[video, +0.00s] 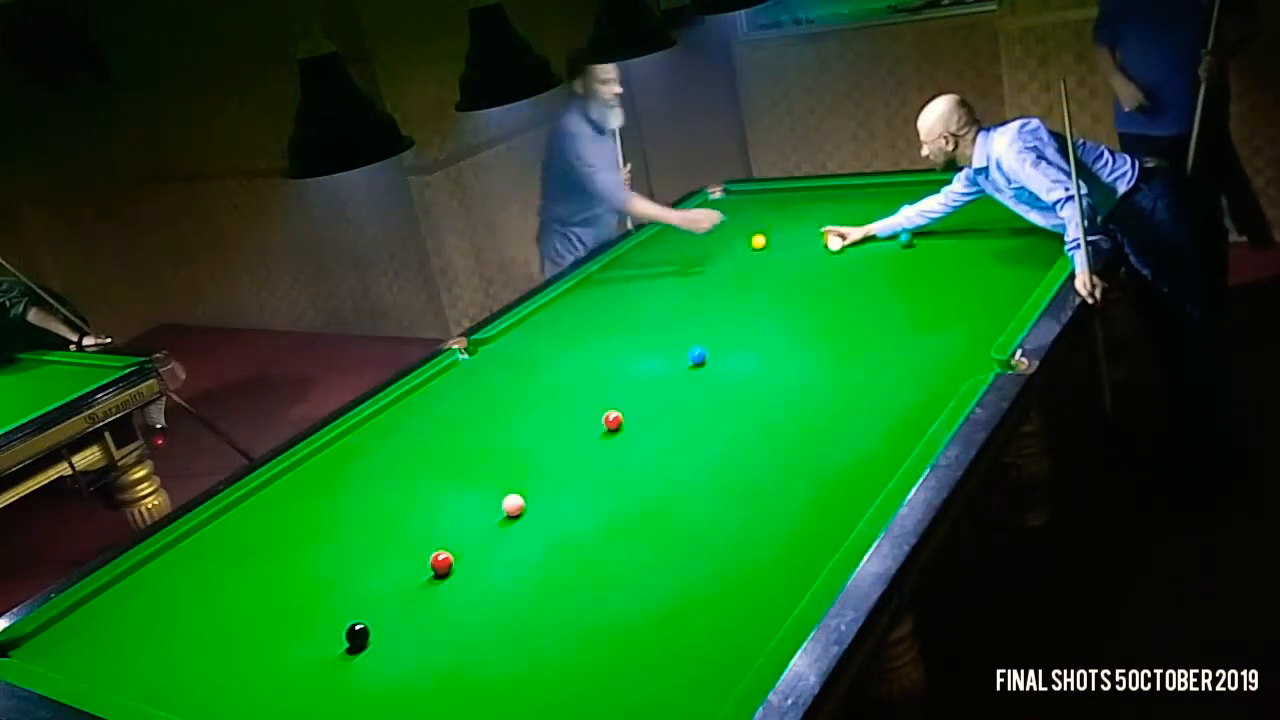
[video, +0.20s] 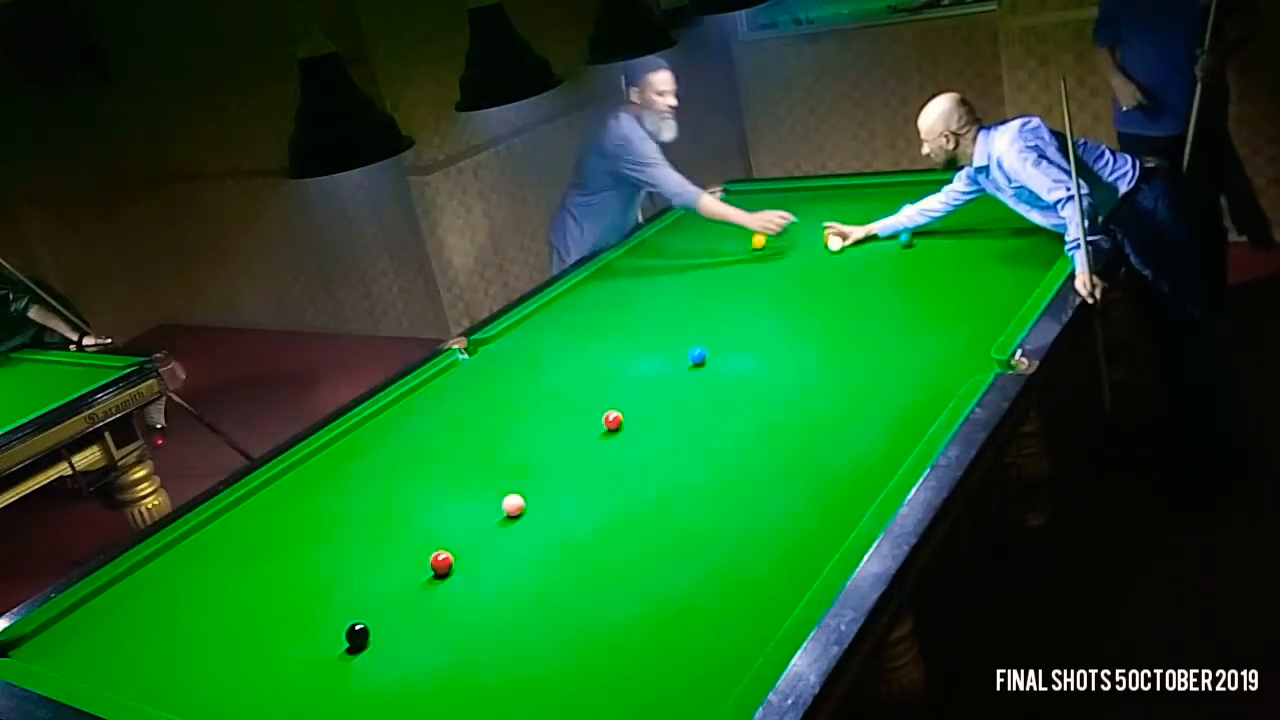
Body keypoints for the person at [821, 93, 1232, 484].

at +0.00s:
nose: (924, 150)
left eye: (927, 141)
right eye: (923, 143)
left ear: (952, 137)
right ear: (955, 134)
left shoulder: (1013, 145)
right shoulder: (979, 170)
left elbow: (1069, 196)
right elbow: (927, 210)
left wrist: (1081, 264)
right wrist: (861, 232)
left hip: (1148, 201)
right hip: (1124, 219)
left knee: (1194, 319)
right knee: (1174, 320)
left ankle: (1216, 444)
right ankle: (1197, 439)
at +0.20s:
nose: (924, 149)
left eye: (927, 140)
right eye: (923, 141)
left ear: (953, 136)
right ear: (956, 133)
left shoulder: (1013, 144)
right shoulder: (980, 168)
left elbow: (1069, 195)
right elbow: (929, 208)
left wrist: (1081, 264)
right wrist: (863, 231)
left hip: (1146, 200)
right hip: (1122, 219)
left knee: (1192, 314)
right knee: (1172, 315)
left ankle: (1216, 436)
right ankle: (1199, 430)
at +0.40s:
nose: (930, 131)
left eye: (932, 122)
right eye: (929, 123)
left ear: (957, 118)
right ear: (963, 116)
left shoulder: (1019, 135)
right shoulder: (989, 155)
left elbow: (1074, 192)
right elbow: (951, 203)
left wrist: (1083, 261)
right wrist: (887, 225)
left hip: (1146, 205)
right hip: (1126, 218)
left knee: (1190, 320)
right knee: (1172, 322)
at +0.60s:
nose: (956, 96)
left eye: (959, 85)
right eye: (955, 86)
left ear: (984, 84)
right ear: (986, 83)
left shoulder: (1040, 111)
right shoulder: (1014, 126)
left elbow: (1083, 183)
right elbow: (1012, 180)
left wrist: (1087, 259)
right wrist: (958, 211)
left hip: (1140, 216)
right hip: (1110, 223)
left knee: (1186, 325)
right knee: (1161, 329)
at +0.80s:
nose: (998, 59)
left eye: (1005, 48)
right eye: (999, 48)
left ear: (1036, 47)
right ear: (1037, 46)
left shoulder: (1074, 95)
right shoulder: (1068, 87)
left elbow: (1099, 186)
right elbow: (1085, 165)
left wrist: (1092, 260)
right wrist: (1041, 195)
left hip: (1161, 231)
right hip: (1151, 225)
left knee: (1192, 348)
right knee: (1184, 343)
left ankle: (1217, 467)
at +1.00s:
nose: (1044, 39)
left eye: (1051, 28)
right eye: (1044, 29)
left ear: (1080, 29)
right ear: (1083, 29)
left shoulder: (1113, 85)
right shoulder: (1109, 75)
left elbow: (1119, 186)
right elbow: (1140, 154)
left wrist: (1095, 259)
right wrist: (1106, 182)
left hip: (1168, 237)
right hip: (1161, 233)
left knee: (1189, 359)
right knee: (1183, 356)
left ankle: (1211, 472)